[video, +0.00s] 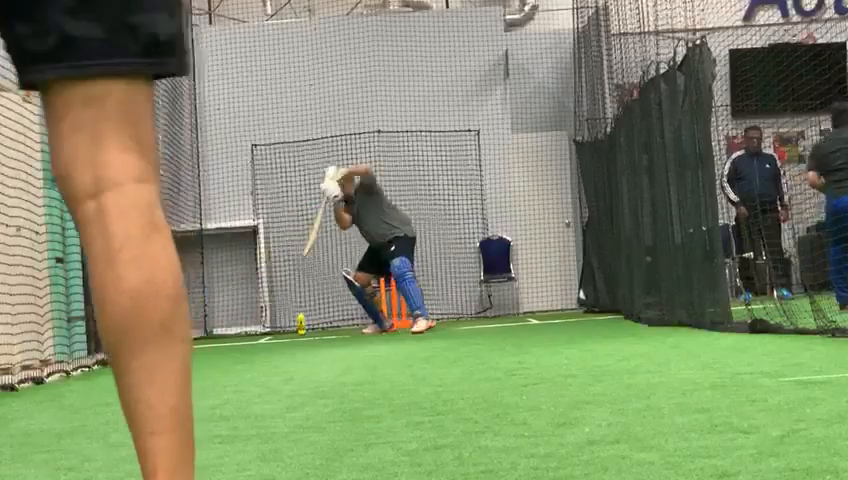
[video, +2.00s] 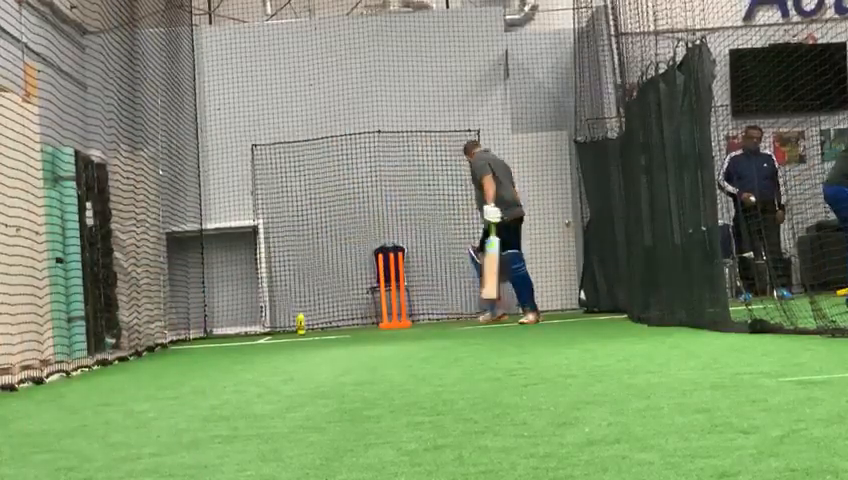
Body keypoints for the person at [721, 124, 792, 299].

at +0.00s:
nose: (755, 142)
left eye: (758, 139)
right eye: (751, 139)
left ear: (762, 140)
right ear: (744, 141)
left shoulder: (771, 159)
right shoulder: (735, 159)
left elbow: (779, 183)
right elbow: (724, 183)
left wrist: (783, 205)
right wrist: (737, 204)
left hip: (770, 209)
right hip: (747, 210)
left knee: (775, 248)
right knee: (747, 251)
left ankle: (781, 286)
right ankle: (748, 289)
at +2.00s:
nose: (755, 142)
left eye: (758, 139)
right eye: (751, 138)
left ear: (761, 140)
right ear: (743, 139)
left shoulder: (769, 158)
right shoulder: (733, 158)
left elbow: (777, 184)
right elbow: (721, 181)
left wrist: (780, 205)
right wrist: (739, 194)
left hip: (768, 209)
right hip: (745, 210)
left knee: (773, 248)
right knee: (746, 250)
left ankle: (779, 286)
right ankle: (748, 289)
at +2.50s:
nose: (755, 142)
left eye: (758, 139)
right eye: (751, 138)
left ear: (762, 141)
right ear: (744, 140)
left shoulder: (769, 159)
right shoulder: (735, 159)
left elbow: (777, 185)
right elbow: (721, 181)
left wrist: (781, 207)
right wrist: (735, 178)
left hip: (768, 211)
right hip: (744, 212)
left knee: (774, 248)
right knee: (746, 252)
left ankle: (779, 286)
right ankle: (748, 289)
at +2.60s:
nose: (755, 142)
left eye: (759, 139)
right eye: (752, 138)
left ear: (762, 142)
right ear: (744, 140)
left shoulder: (769, 160)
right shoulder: (736, 160)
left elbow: (777, 186)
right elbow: (724, 178)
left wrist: (781, 207)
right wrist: (710, 179)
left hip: (768, 211)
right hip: (744, 212)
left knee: (774, 248)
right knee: (746, 251)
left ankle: (779, 286)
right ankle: (748, 289)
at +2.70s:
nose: (754, 142)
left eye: (758, 139)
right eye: (751, 138)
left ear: (762, 142)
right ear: (744, 140)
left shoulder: (769, 160)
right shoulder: (735, 161)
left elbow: (777, 186)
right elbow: (717, 174)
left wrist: (781, 207)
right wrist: (705, 167)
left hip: (768, 211)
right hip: (744, 212)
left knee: (774, 248)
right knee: (745, 251)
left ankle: (780, 286)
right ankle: (749, 289)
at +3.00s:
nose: (756, 143)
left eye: (759, 141)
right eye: (752, 140)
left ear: (763, 142)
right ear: (745, 140)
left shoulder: (768, 160)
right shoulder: (735, 159)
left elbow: (781, 180)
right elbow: (713, 170)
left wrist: (779, 192)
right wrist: (727, 155)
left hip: (767, 210)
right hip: (744, 211)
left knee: (773, 247)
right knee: (744, 250)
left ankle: (779, 286)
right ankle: (749, 289)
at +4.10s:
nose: (759, 144)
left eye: (762, 141)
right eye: (755, 140)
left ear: (765, 141)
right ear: (749, 141)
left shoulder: (772, 158)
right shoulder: (740, 157)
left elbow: (780, 182)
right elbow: (731, 172)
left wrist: (786, 203)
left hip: (770, 209)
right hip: (748, 210)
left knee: (775, 247)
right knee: (746, 250)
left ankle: (781, 286)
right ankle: (749, 289)